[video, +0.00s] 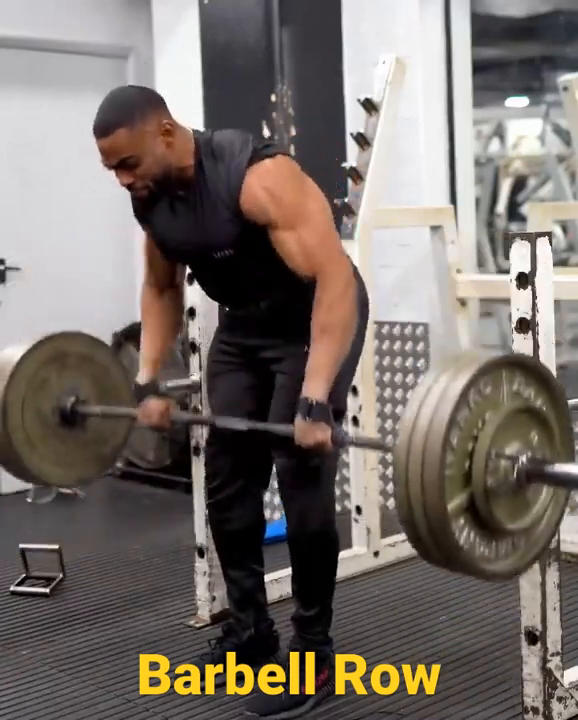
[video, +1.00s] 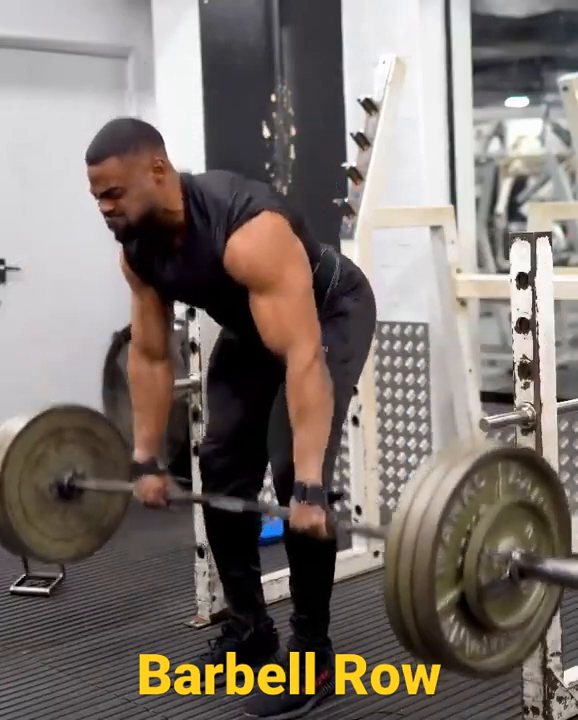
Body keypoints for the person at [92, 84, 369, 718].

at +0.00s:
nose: (122, 181)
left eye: (127, 164)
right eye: (114, 170)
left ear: (169, 133)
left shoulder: (262, 177)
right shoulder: (153, 198)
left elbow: (337, 278)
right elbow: (161, 287)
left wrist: (317, 397)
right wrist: (149, 377)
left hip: (313, 327)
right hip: (242, 335)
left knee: (302, 480)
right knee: (227, 485)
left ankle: (311, 648)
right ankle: (248, 629)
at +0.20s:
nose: (115, 194)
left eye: (121, 177)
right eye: (107, 182)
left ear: (163, 148)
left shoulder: (260, 200)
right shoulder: (148, 215)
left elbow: (321, 319)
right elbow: (155, 319)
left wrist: (318, 442)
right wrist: (154, 422)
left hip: (322, 311)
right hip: (248, 324)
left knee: (306, 464)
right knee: (225, 466)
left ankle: (312, 648)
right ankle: (248, 627)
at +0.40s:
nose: (109, 215)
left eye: (115, 198)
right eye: (100, 203)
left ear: (158, 170)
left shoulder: (256, 229)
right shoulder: (143, 241)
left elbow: (306, 353)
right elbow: (155, 351)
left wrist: (320, 482)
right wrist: (156, 455)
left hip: (328, 312)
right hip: (248, 325)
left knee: (304, 470)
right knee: (221, 469)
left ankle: (312, 647)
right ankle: (248, 627)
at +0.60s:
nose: (106, 235)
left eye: (113, 218)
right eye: (97, 222)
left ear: (156, 193)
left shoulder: (253, 255)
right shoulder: (139, 267)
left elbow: (297, 387)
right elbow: (156, 380)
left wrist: (320, 512)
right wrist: (155, 485)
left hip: (331, 317)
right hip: (250, 326)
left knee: (295, 465)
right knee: (215, 467)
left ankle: (311, 648)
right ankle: (246, 630)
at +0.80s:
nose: (101, 239)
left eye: (110, 222)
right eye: (94, 226)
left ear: (156, 203)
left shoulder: (251, 266)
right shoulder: (137, 280)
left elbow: (293, 399)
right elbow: (153, 390)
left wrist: (315, 525)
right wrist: (151, 494)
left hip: (331, 321)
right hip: (248, 331)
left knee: (296, 476)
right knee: (210, 470)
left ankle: (310, 647)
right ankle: (247, 627)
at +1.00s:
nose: (105, 210)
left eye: (113, 194)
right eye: (98, 198)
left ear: (159, 171)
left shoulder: (252, 232)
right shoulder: (140, 250)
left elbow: (305, 356)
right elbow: (149, 354)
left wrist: (308, 485)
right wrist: (147, 459)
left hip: (330, 309)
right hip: (249, 322)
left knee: (300, 476)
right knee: (221, 468)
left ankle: (310, 649)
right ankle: (247, 627)